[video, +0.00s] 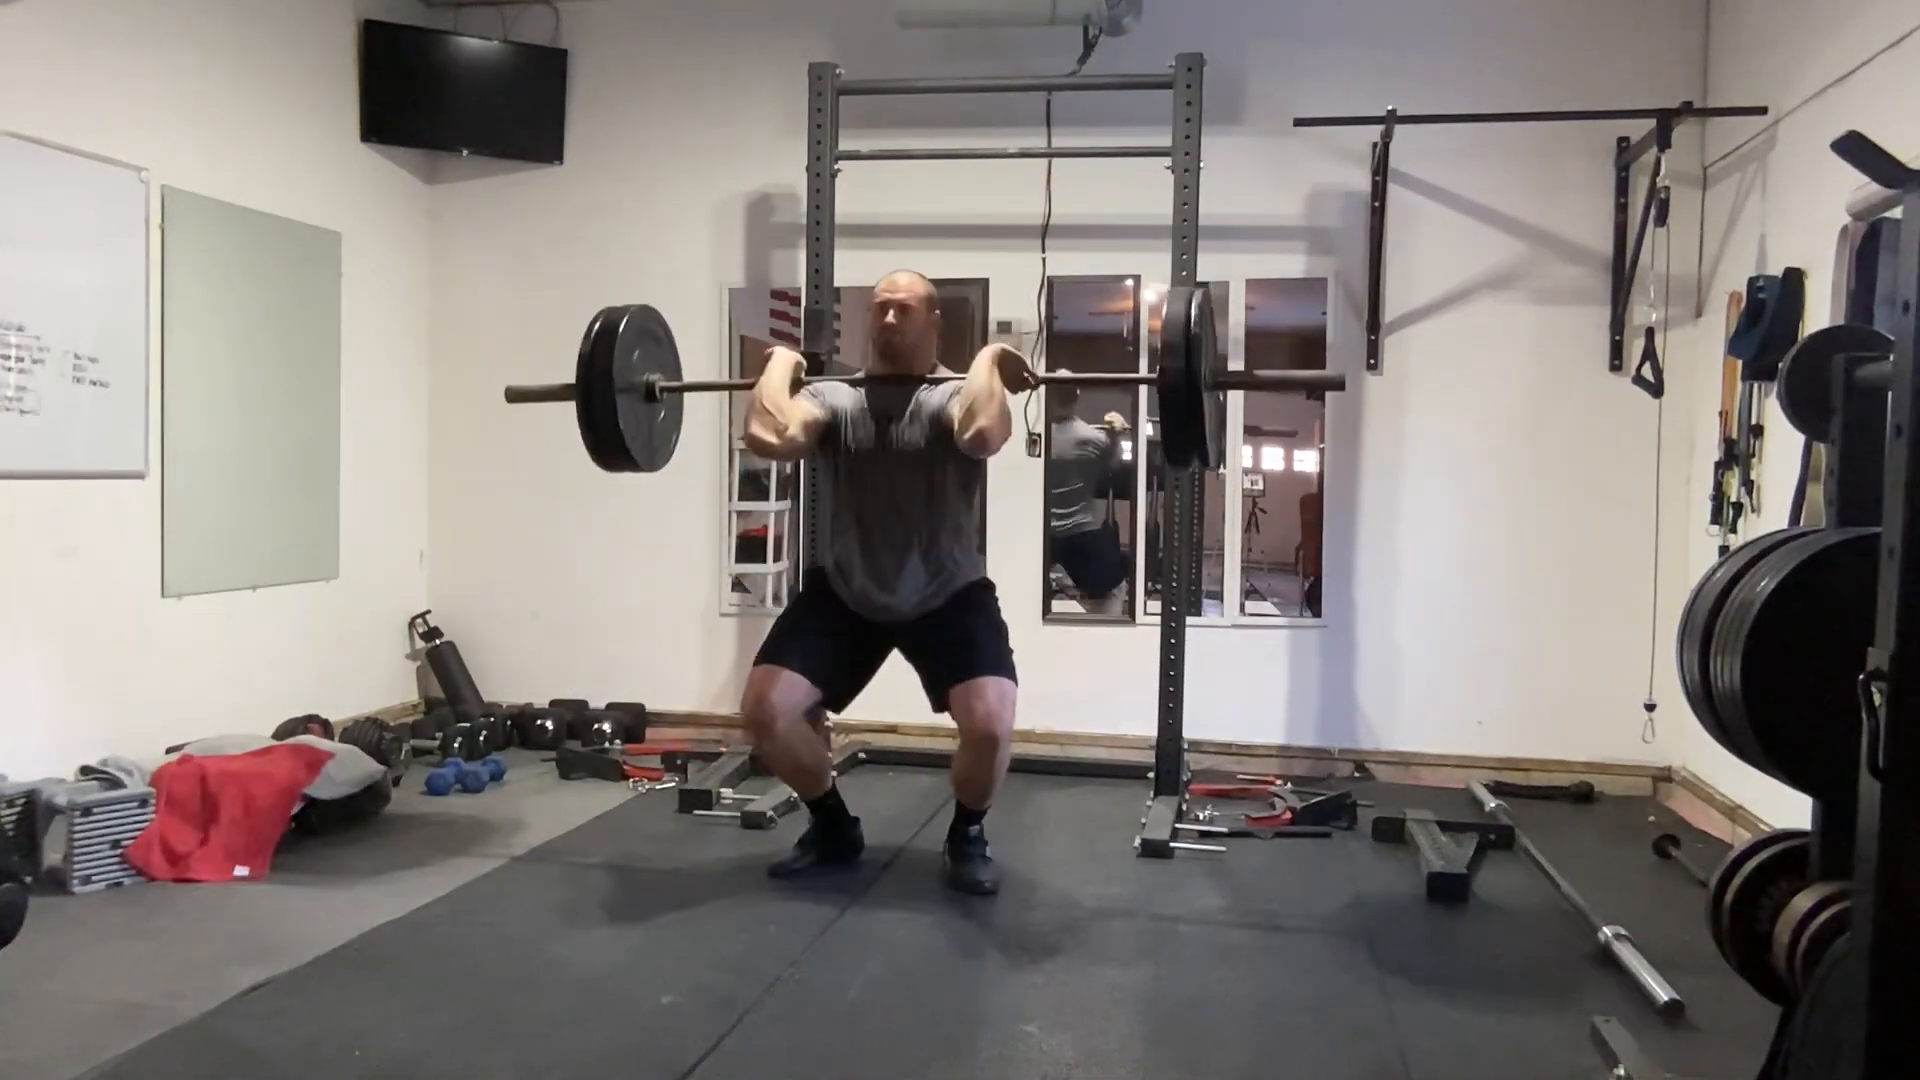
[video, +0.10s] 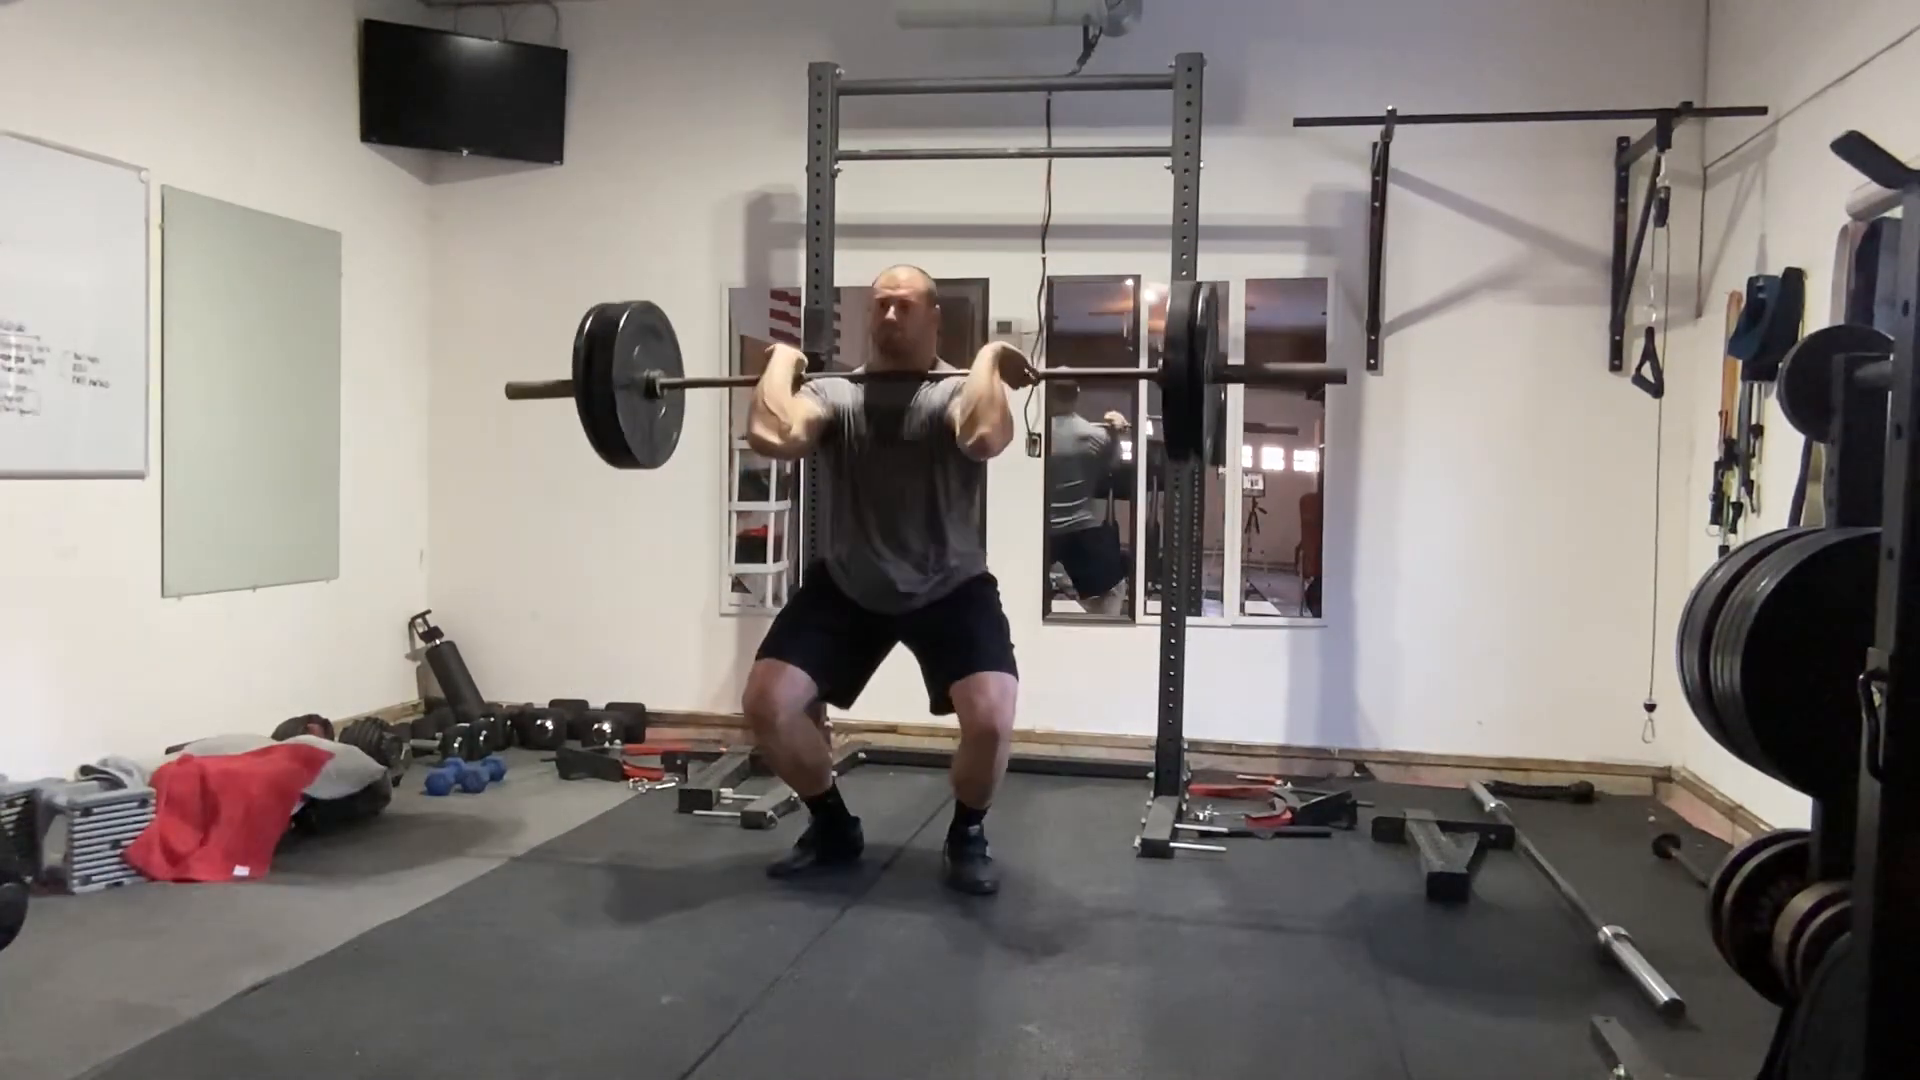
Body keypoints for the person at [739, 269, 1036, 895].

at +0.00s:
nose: (887, 318)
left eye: (902, 309)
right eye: (879, 309)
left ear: (933, 326)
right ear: (867, 325)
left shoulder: (955, 393)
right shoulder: (836, 396)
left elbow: (984, 436)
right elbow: (767, 432)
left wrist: (989, 356)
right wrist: (782, 356)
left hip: (949, 591)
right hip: (844, 591)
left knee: (990, 725)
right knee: (766, 711)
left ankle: (968, 835)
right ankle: (834, 829)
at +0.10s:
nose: (887, 314)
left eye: (902, 305)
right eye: (879, 305)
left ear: (934, 321)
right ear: (868, 320)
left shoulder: (959, 389)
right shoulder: (836, 392)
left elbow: (988, 439)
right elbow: (772, 433)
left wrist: (990, 360)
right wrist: (783, 357)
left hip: (951, 585)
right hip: (846, 583)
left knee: (990, 721)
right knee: (768, 704)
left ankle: (968, 836)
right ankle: (834, 830)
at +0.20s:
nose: (889, 287)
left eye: (905, 277)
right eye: (881, 276)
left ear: (935, 295)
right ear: (869, 294)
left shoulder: (955, 367)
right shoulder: (837, 372)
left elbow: (985, 406)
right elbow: (775, 404)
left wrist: (989, 337)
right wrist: (783, 333)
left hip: (949, 565)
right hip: (846, 563)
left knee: (985, 703)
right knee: (781, 690)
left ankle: (968, 836)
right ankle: (834, 830)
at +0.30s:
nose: (894, 237)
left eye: (911, 228)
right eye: (886, 227)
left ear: (937, 248)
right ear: (873, 244)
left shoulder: (957, 323)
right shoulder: (837, 328)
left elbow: (991, 371)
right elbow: (771, 367)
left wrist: (995, 296)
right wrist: (781, 287)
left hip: (947, 534)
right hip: (849, 532)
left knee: (966, 678)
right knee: (809, 669)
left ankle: (967, 835)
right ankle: (836, 830)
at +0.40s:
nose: (898, 204)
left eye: (914, 198)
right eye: (889, 197)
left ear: (940, 226)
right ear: (875, 223)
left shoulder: (960, 302)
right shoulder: (834, 307)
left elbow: (1017, 367)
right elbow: (763, 379)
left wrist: (1010, 270)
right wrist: (763, 295)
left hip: (943, 511)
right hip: (849, 510)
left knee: (945, 663)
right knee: (844, 664)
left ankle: (954, 829)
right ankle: (847, 826)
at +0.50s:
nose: (902, 206)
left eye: (917, 203)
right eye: (891, 201)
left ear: (941, 235)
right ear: (876, 233)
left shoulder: (967, 310)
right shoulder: (834, 318)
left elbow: (1035, 360)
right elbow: (756, 382)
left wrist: (1021, 273)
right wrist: (761, 286)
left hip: (941, 520)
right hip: (848, 517)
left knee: (940, 673)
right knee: (847, 674)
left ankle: (947, 833)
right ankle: (854, 830)